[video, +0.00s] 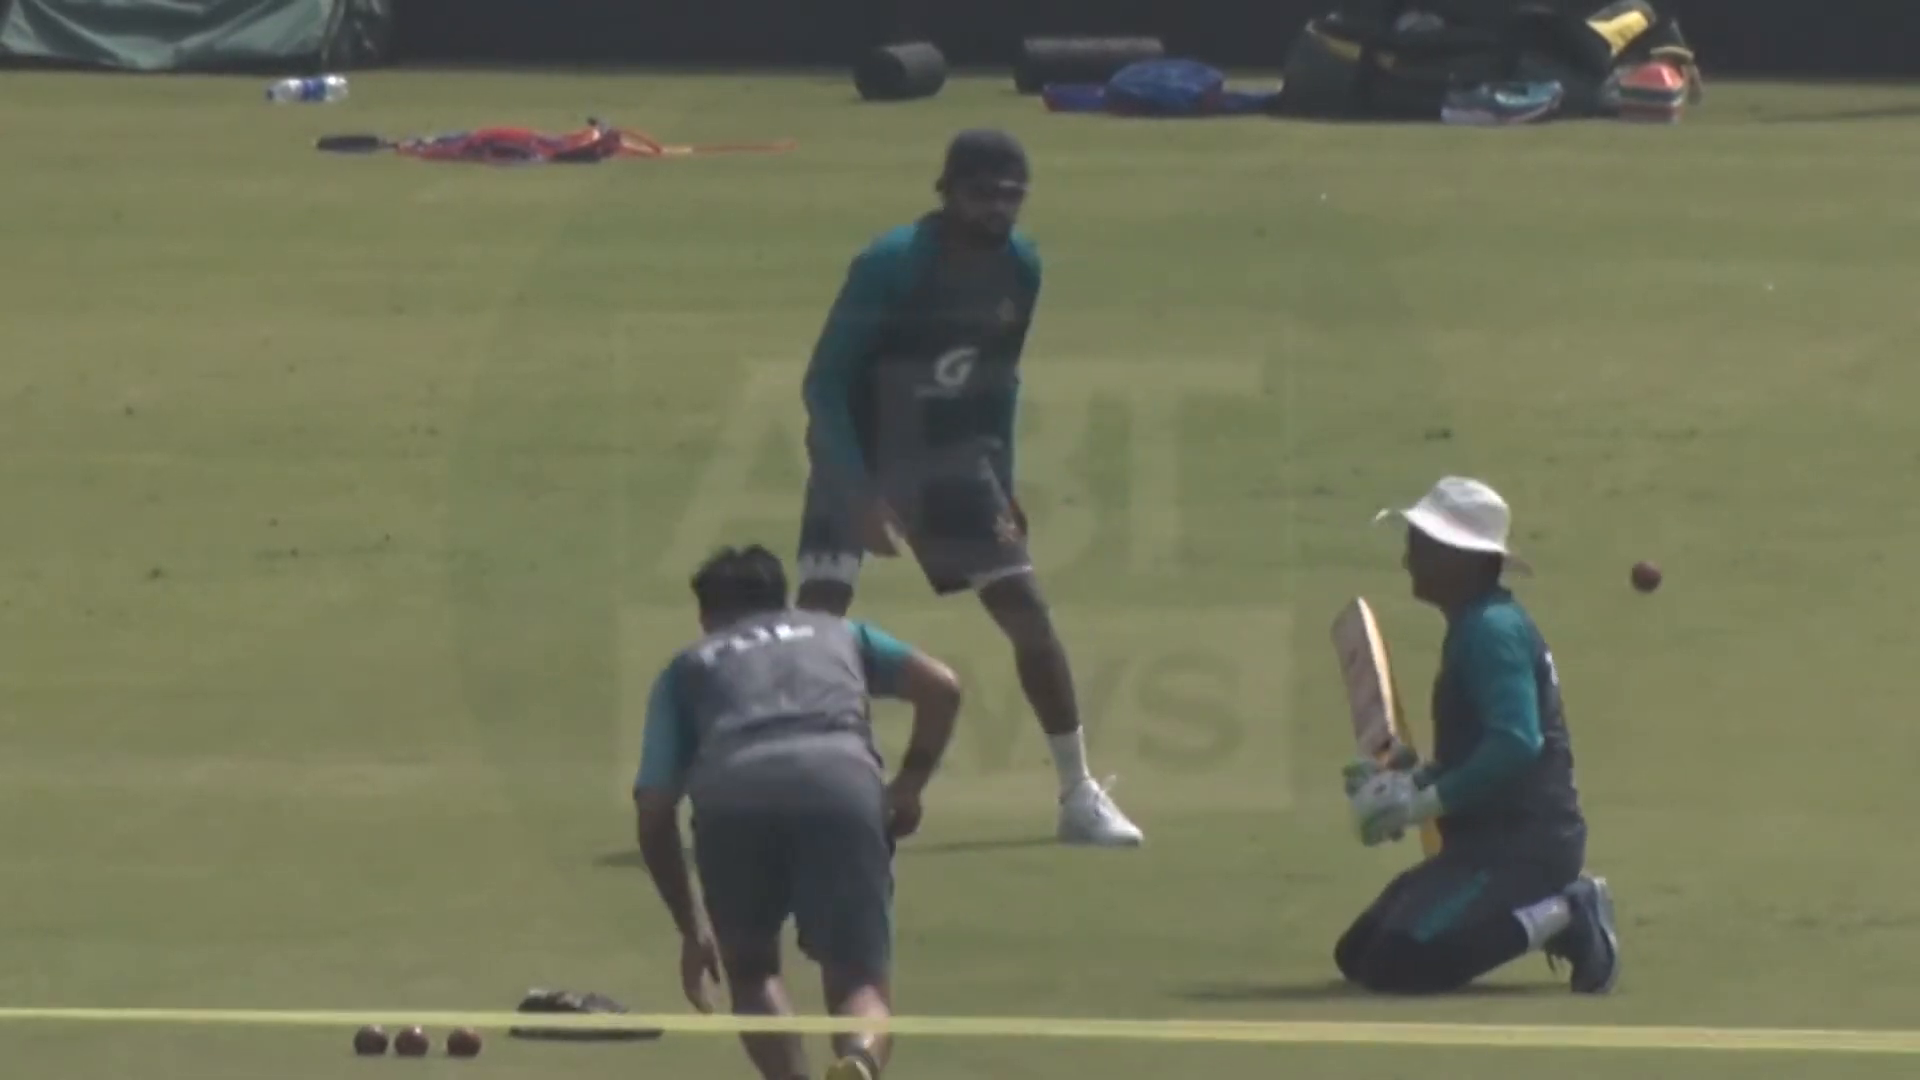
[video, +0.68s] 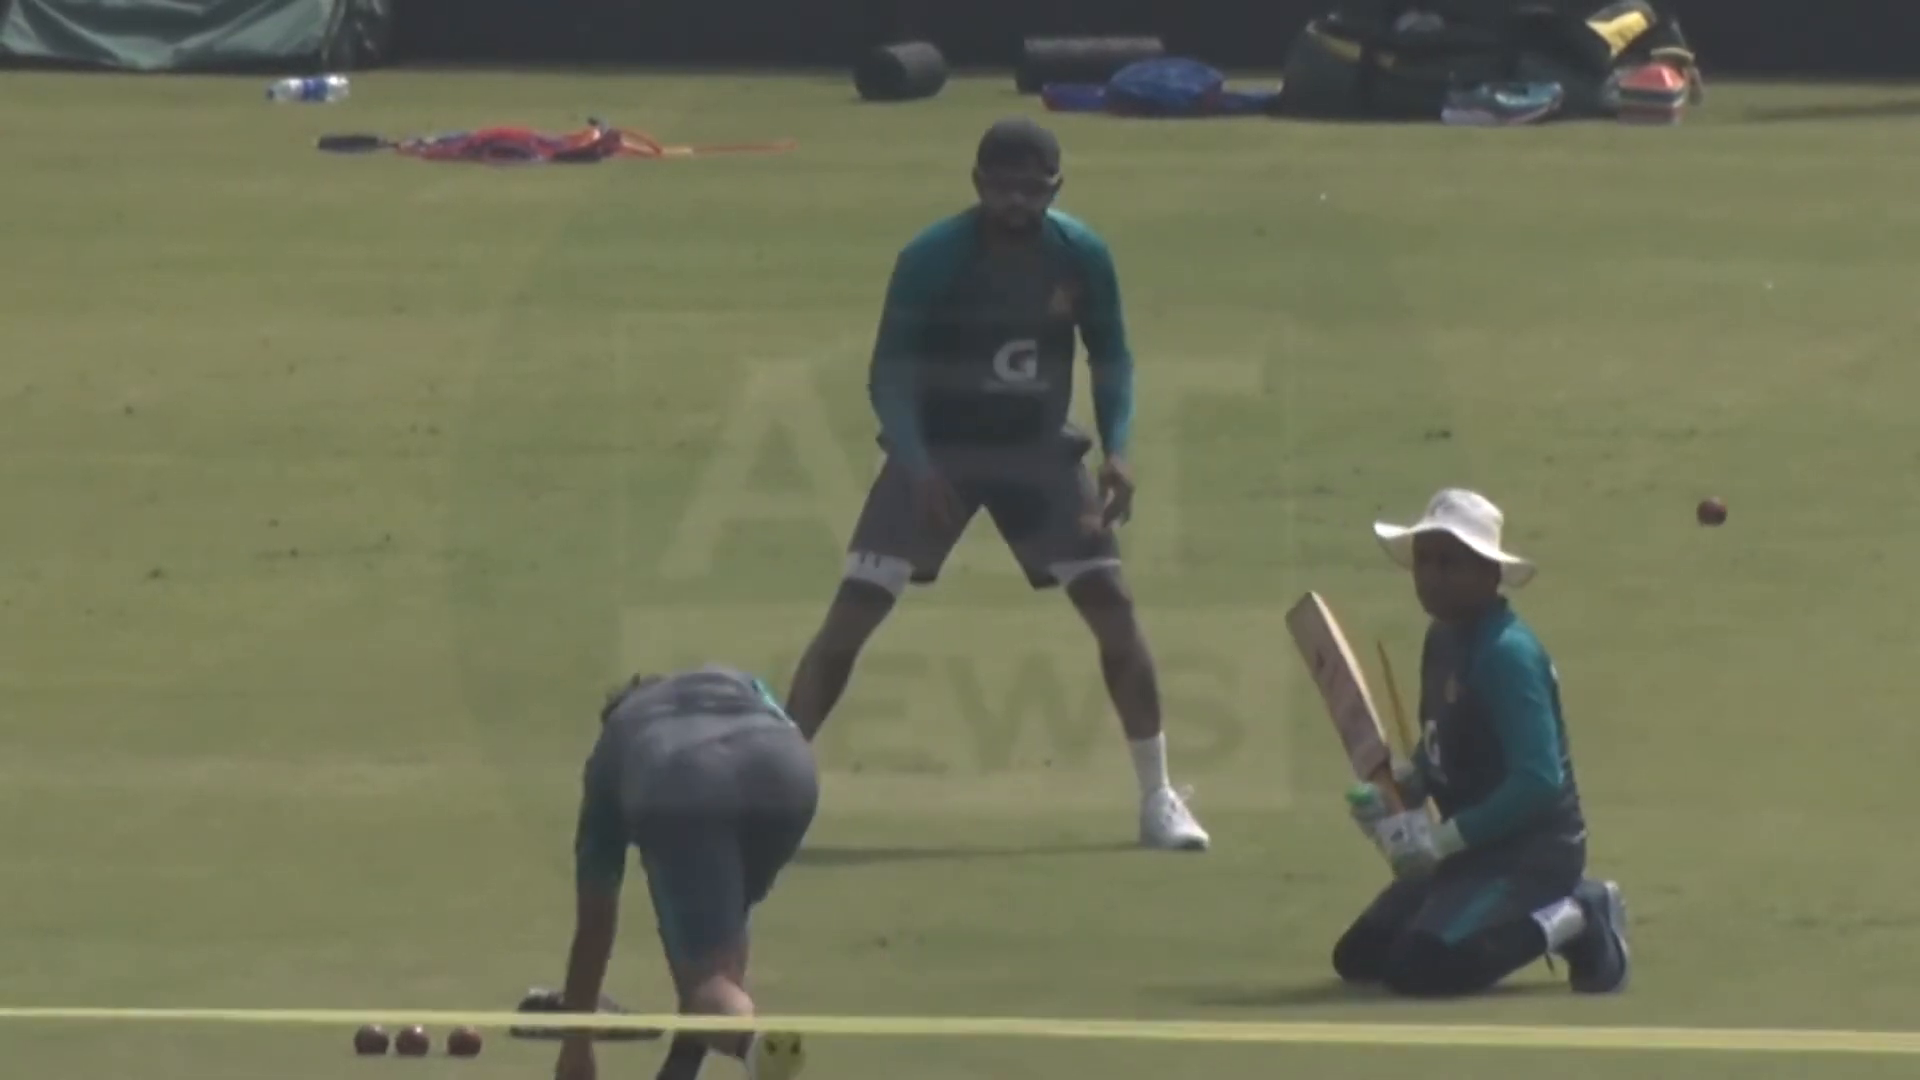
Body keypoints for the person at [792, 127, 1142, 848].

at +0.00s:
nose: (1000, 209)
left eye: (1012, 195)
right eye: (985, 194)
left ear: (1024, 199)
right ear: (949, 191)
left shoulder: (1019, 269)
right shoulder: (888, 264)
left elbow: (1001, 388)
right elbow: (823, 382)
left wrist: (1004, 490)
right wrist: (854, 491)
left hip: (958, 460)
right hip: (860, 457)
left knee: (1026, 612)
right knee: (822, 613)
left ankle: (1079, 792)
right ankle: (788, 792)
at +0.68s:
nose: (1018, 205)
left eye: (1033, 190)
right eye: (1003, 189)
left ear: (1056, 187)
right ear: (977, 184)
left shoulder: (1082, 257)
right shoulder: (929, 260)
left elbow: (1110, 355)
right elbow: (889, 378)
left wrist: (1115, 453)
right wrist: (918, 468)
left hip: (1038, 455)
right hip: (934, 455)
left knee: (1112, 608)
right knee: (854, 613)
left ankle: (1159, 797)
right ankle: (773, 779)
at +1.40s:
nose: (977, 138)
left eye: (991, 125)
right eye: (962, 121)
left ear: (1010, 133)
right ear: (933, 124)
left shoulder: (1027, 205)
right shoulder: (891, 216)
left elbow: (1113, 221)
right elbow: (843, 327)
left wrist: (1040, 134)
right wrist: (874, 361)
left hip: (1016, 440)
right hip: (918, 442)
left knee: (1079, 622)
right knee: (852, 620)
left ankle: (1156, 798)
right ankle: (776, 781)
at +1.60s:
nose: (980, 140)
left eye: (993, 127)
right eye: (964, 123)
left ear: (1010, 135)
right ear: (934, 124)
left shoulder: (1028, 203)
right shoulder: (892, 217)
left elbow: (1108, 197)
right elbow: (850, 325)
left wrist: (1033, 118)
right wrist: (874, 374)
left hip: (1017, 437)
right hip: (920, 437)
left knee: (1078, 620)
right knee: (856, 605)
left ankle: (1155, 797)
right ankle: (803, 776)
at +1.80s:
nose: (983, 139)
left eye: (997, 127)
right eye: (968, 122)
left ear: (1013, 135)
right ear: (937, 125)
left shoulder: (1030, 204)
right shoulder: (894, 218)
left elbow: (1102, 182)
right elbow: (850, 335)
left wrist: (1027, 104)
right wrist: (877, 375)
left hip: (1021, 442)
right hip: (922, 443)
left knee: (1080, 624)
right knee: (844, 622)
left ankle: (1155, 798)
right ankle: (774, 784)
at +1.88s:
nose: (988, 139)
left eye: (1001, 127)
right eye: (972, 121)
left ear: (1015, 135)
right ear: (940, 124)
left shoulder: (1030, 204)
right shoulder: (896, 217)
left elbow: (1101, 182)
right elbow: (849, 336)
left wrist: (1029, 102)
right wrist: (879, 380)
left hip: (1021, 442)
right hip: (923, 442)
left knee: (1079, 623)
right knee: (849, 619)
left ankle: (1156, 798)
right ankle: (775, 782)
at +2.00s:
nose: (991, 138)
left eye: (1004, 126)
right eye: (976, 121)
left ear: (1020, 134)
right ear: (942, 122)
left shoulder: (1033, 203)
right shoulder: (898, 217)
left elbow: (1111, 196)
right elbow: (852, 334)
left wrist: (1047, 105)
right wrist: (875, 377)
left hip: (1023, 443)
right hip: (924, 443)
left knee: (1081, 624)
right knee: (851, 620)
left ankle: (1155, 798)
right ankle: (771, 775)